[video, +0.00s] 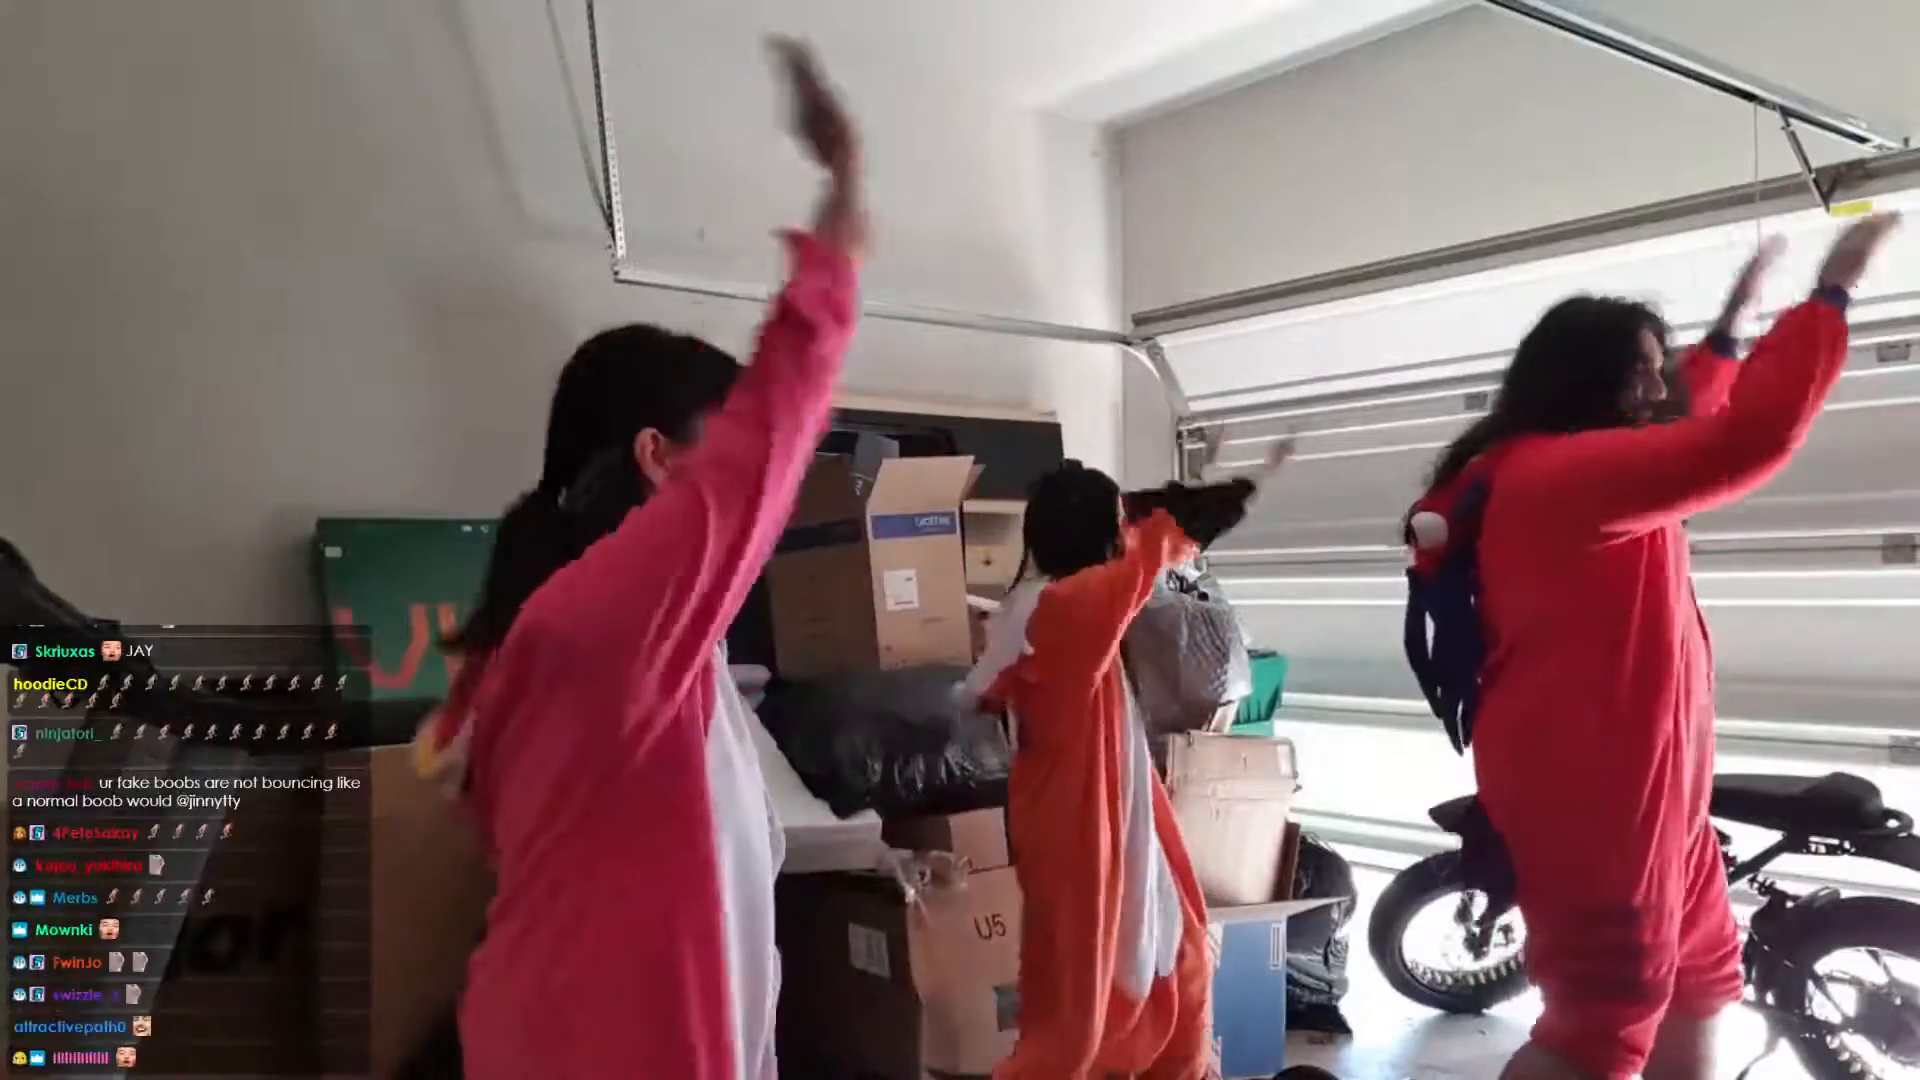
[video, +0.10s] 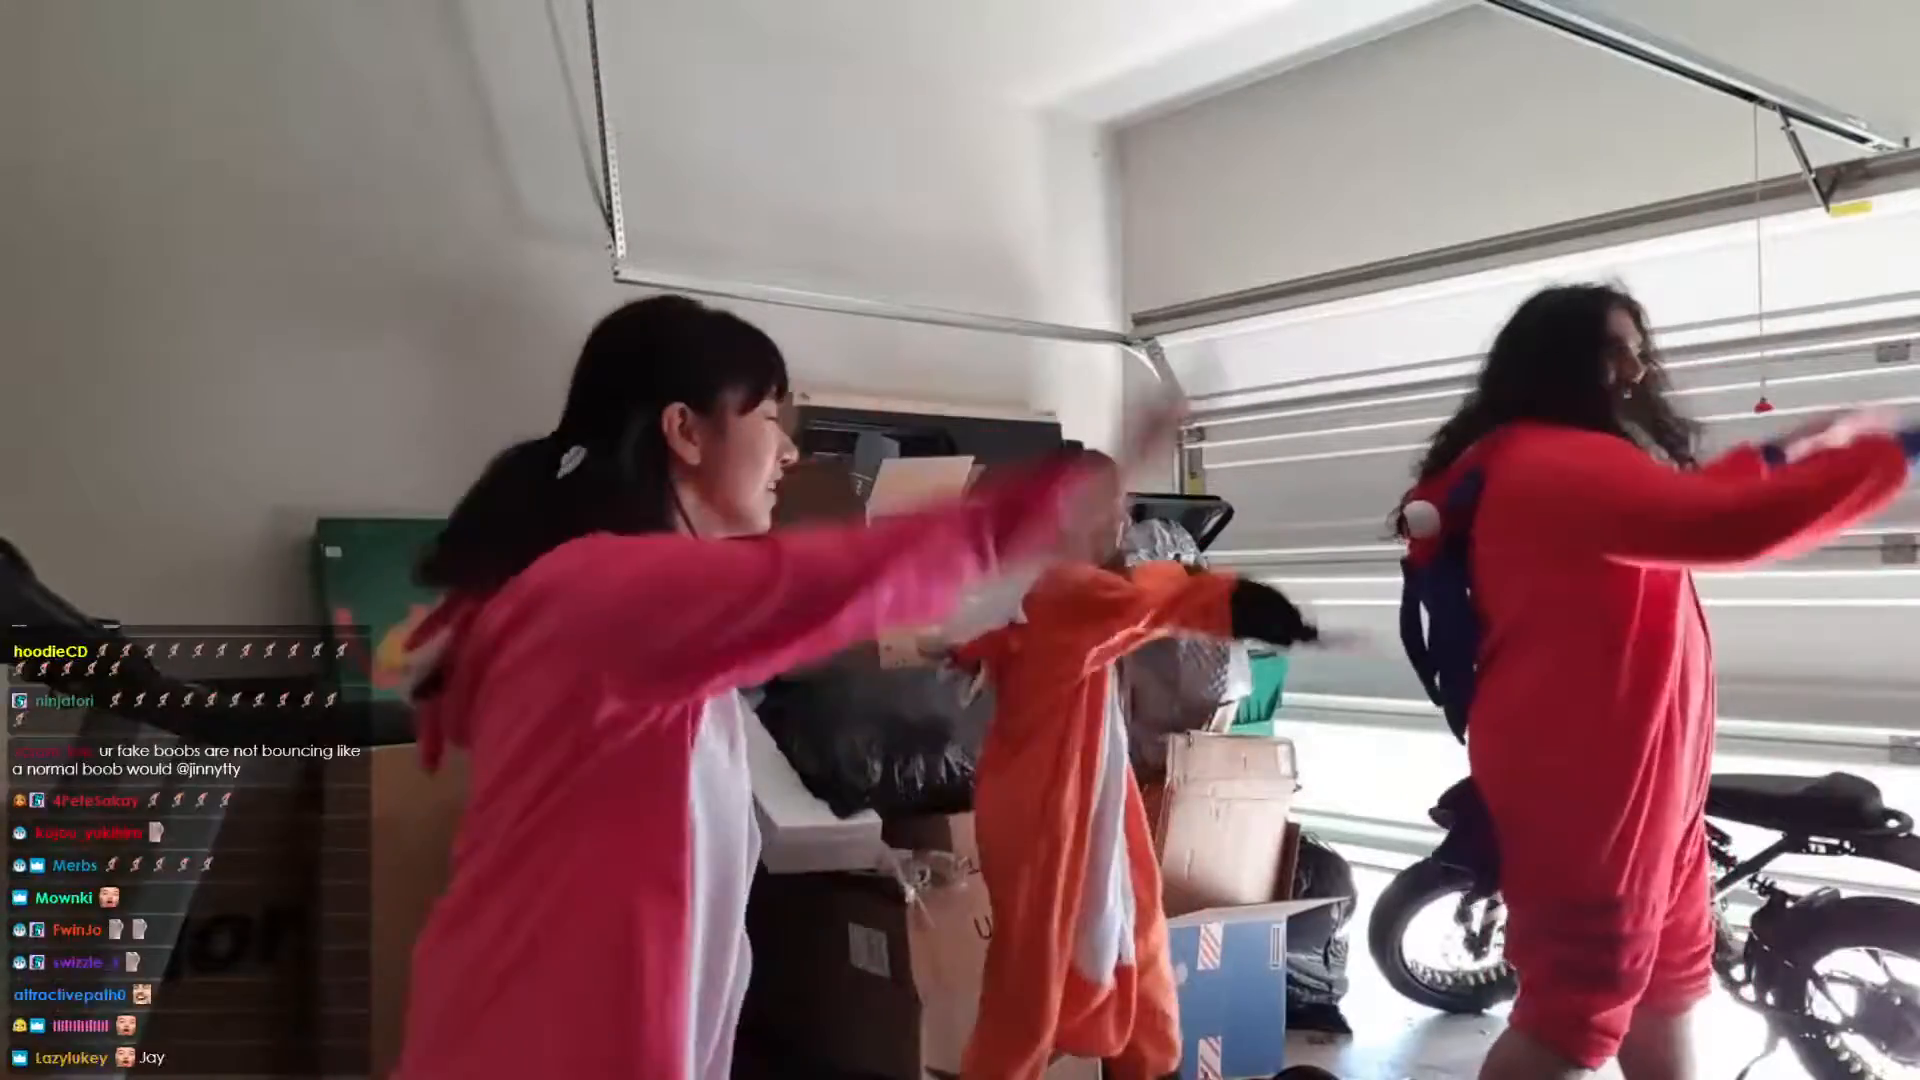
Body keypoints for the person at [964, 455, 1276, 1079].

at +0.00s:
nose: (1132, 531)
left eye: (1132, 519)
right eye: (1124, 519)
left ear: (1041, 532)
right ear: (1109, 530)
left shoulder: (1030, 606)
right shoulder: (1067, 603)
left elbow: (986, 693)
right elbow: (1155, 543)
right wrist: (1253, 481)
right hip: (1077, 809)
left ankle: (1174, 1063)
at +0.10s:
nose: (1122, 517)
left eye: (1122, 502)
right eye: (1107, 501)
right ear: (1064, 507)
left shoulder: (1087, 588)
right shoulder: (1060, 589)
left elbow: (1009, 638)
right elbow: (1170, 598)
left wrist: (976, 653)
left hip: (1101, 804)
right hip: (1040, 810)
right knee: (1029, 995)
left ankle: (1147, 1062)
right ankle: (1000, 1067)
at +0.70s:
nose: (1123, 541)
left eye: (1123, 528)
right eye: (1113, 528)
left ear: (1053, 529)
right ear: (1084, 530)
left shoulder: (1089, 608)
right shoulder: (1062, 606)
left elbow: (974, 683)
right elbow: (1161, 568)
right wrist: (1231, 465)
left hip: (1153, 823)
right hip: (1098, 831)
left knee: (1192, 975)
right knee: (1073, 998)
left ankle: (1158, 1069)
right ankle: (1005, 1064)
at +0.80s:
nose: (1141, 538)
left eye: (1137, 523)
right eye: (1127, 523)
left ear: (1057, 541)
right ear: (1103, 539)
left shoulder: (1093, 621)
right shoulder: (1071, 626)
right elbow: (1153, 556)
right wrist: (1174, 446)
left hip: (1156, 822)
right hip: (1105, 835)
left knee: (1219, 979)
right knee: (1100, 1033)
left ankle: (1168, 1075)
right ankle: (1016, 1070)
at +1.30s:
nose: (1154, 541)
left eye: (1152, 527)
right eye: (1146, 528)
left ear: (1076, 533)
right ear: (1116, 536)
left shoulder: (1054, 602)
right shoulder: (1089, 620)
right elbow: (1113, 743)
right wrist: (1147, 853)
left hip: (1015, 816)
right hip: (1041, 829)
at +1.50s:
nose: (1131, 523)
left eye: (1131, 509)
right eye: (1127, 509)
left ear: (1051, 516)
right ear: (1108, 520)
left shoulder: (1066, 595)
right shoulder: (1079, 597)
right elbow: (1173, 592)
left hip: (1134, 811)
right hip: (1091, 815)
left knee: (1170, 973)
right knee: (1062, 968)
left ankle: (1155, 1068)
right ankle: (1007, 1066)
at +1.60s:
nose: (1139, 544)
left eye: (1140, 530)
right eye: (1126, 530)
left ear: (1068, 535)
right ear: (1090, 535)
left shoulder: (1089, 616)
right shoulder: (1083, 617)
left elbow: (1009, 699)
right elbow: (1175, 564)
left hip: (1157, 815)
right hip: (1109, 821)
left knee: (1208, 974)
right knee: (1093, 978)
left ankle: (1171, 1072)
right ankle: (1024, 1064)